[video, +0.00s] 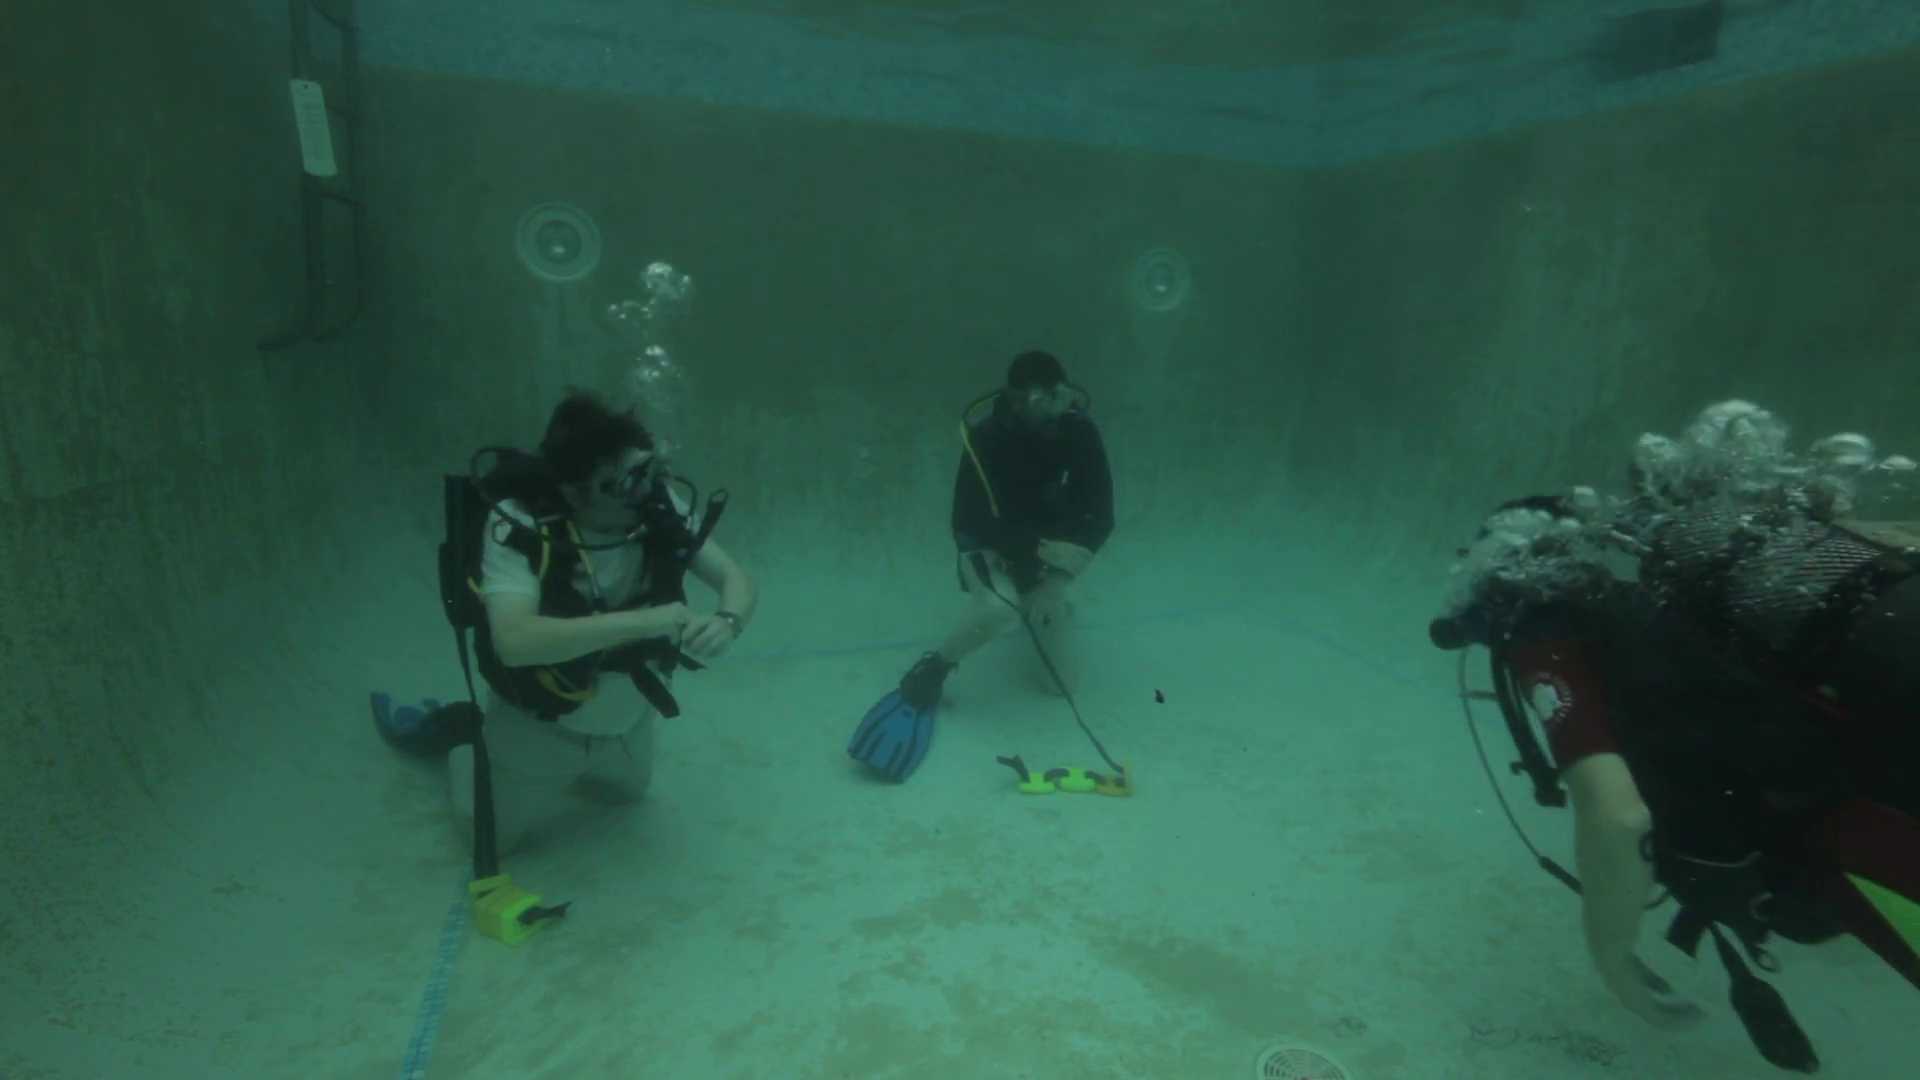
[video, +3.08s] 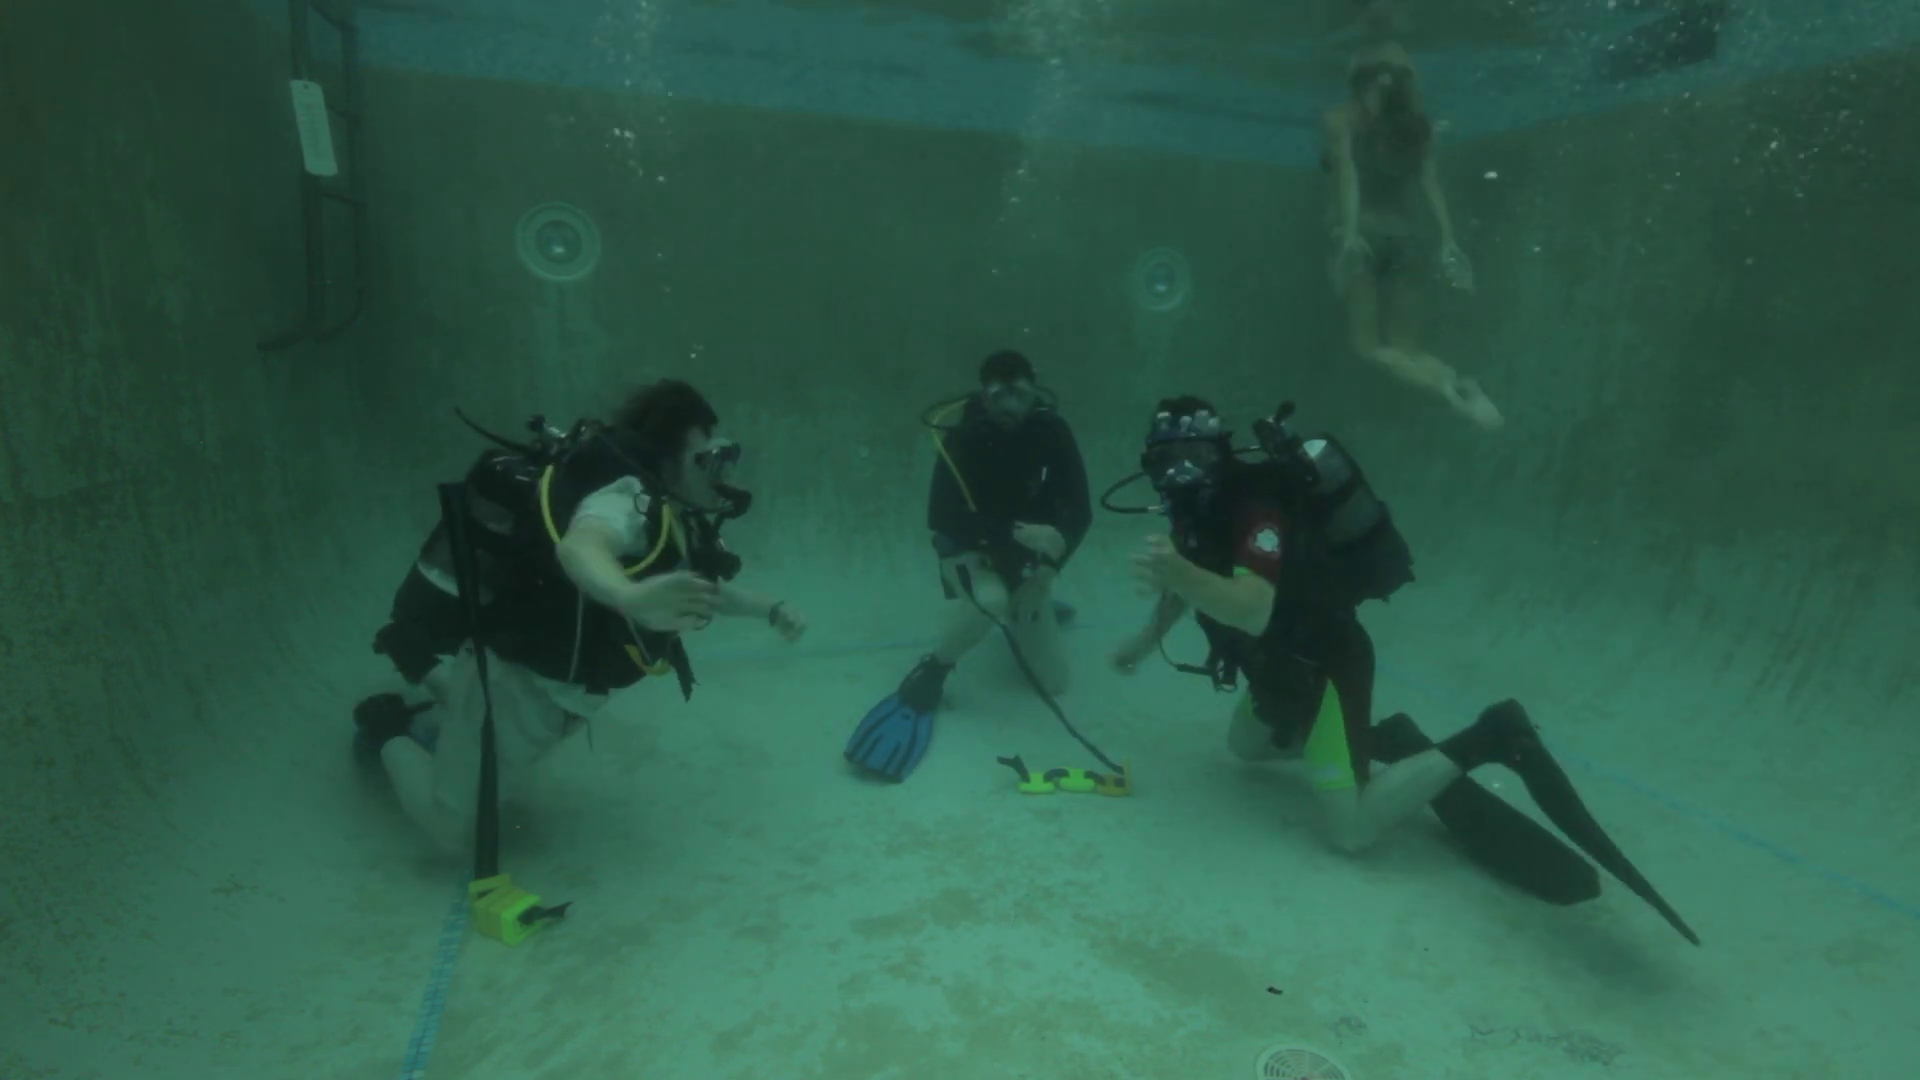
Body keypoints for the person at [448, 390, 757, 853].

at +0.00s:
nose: (646, 494)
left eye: (648, 475)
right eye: (627, 483)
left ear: (653, 465)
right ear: (575, 492)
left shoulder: (657, 508)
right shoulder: (517, 525)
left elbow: (736, 579)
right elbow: (514, 641)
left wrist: (729, 621)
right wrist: (648, 622)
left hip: (627, 713)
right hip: (538, 723)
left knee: (627, 787)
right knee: (500, 835)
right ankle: (463, 730)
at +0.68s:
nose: (631, 493)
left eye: (633, 475)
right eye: (612, 483)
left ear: (640, 464)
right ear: (558, 490)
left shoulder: (648, 510)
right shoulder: (504, 530)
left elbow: (719, 587)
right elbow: (556, 613)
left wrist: (726, 638)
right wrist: (661, 549)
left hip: (625, 711)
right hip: (537, 721)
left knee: (627, 787)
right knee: (503, 830)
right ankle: (462, 731)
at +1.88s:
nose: (675, 475)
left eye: (673, 461)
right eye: (662, 464)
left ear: (623, 470)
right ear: (616, 471)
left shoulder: (638, 510)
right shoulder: (533, 515)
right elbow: (608, 578)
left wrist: (716, 593)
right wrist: (734, 584)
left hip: (606, 701)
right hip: (520, 722)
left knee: (632, 762)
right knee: (495, 833)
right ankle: (455, 725)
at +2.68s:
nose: (706, 473)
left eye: (704, 459)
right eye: (695, 462)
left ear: (657, 467)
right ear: (651, 466)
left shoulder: (656, 520)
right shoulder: (590, 511)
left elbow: (679, 599)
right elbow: (685, 567)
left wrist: (749, 629)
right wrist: (798, 568)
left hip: (572, 695)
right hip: (505, 697)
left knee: (549, 753)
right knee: (469, 827)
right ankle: (417, 732)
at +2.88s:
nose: (711, 476)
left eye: (711, 462)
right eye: (700, 464)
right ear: (655, 463)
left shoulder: (664, 508)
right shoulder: (601, 499)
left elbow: (672, 597)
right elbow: (647, 556)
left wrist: (740, 624)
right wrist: (778, 580)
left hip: (573, 692)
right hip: (506, 689)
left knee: (528, 756)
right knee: (456, 829)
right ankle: (408, 736)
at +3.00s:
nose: (719, 475)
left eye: (719, 460)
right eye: (706, 463)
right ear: (661, 462)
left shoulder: (679, 515)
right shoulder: (617, 494)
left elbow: (695, 593)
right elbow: (604, 548)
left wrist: (756, 617)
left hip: (568, 689)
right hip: (505, 681)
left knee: (502, 758)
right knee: (451, 826)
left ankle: (427, 715)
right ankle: (396, 735)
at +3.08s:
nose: (721, 471)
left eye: (722, 456)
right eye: (707, 458)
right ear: (666, 460)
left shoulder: (681, 517)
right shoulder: (624, 500)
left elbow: (693, 589)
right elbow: (580, 549)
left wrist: (763, 609)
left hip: (572, 687)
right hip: (513, 678)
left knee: (502, 764)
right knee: (454, 826)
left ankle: (423, 716)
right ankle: (386, 738)